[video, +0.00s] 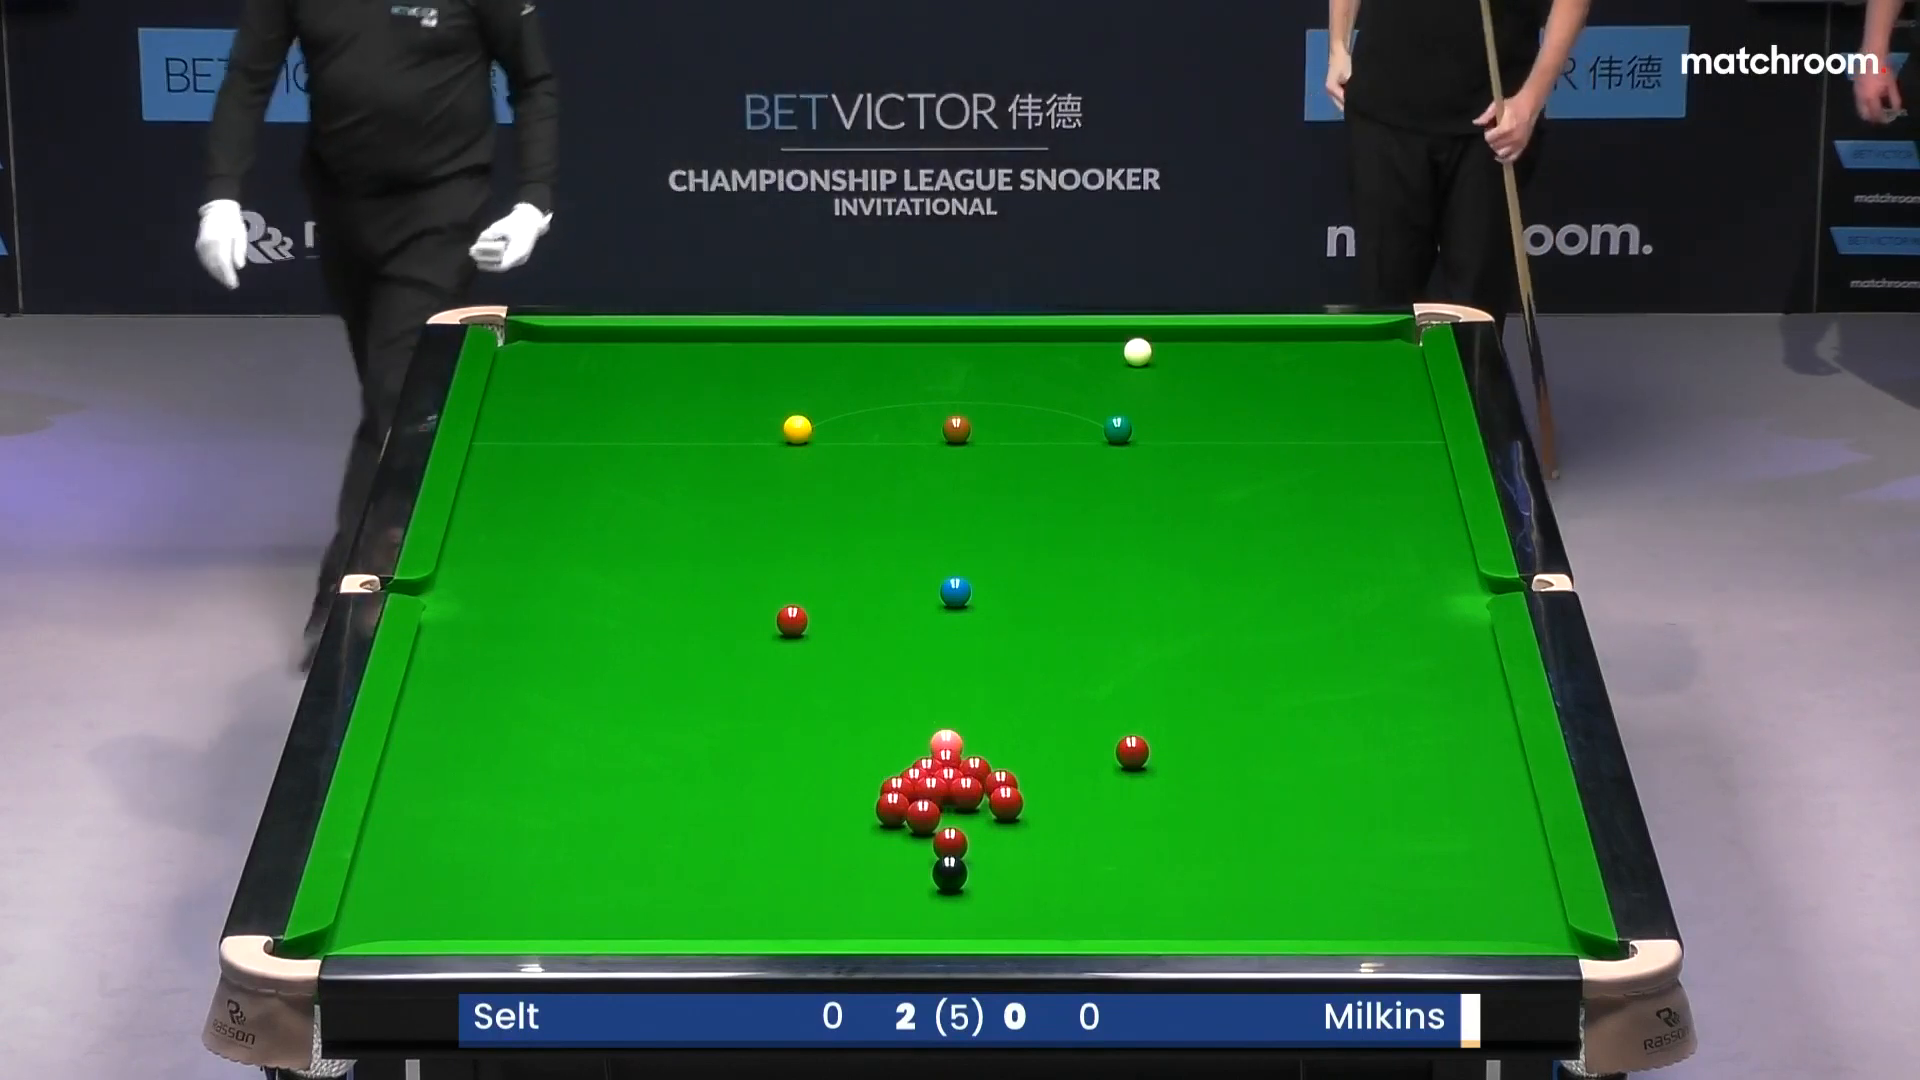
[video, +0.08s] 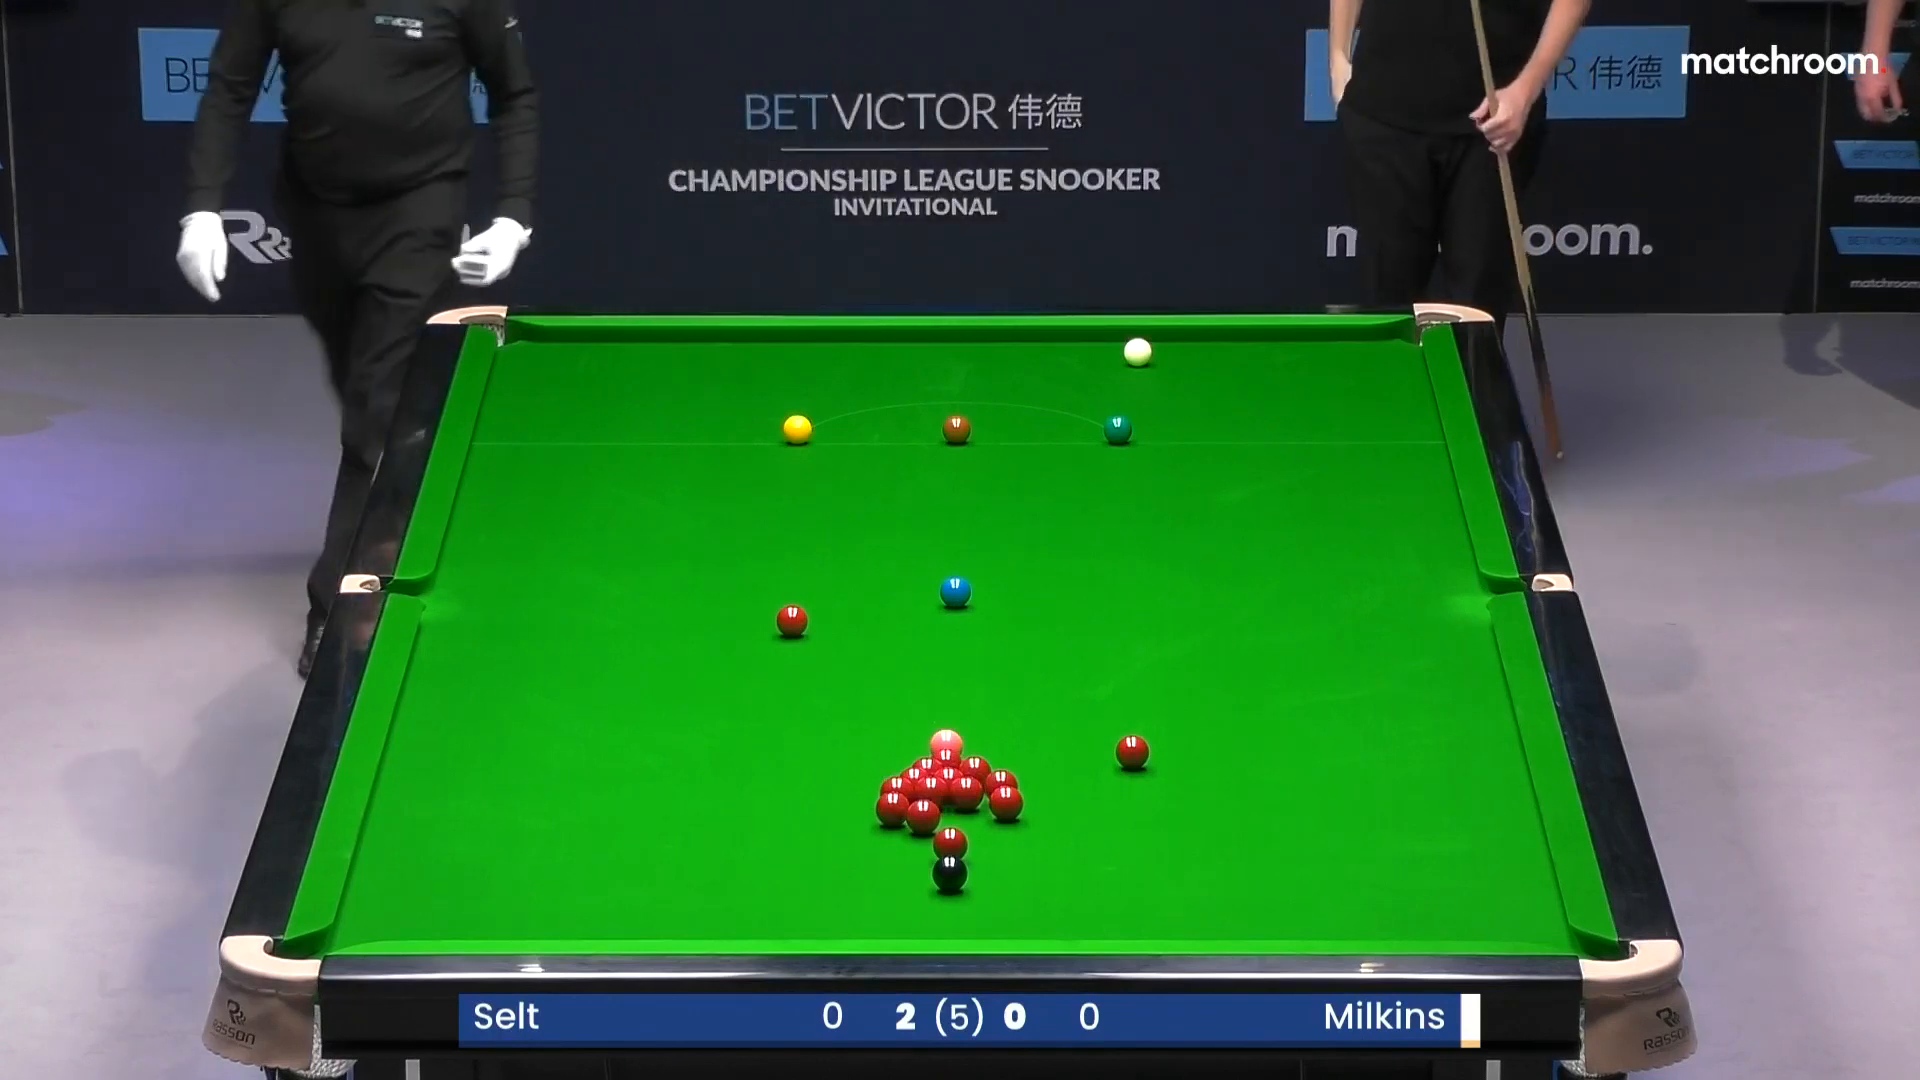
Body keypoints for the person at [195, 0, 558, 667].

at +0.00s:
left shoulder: (484, 5)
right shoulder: (289, 3)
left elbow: (534, 79)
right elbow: (247, 79)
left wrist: (534, 201)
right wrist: (222, 197)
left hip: (445, 203)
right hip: (343, 205)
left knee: (388, 415)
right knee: (395, 409)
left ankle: (338, 619)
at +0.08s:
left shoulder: (467, 5)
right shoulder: (274, 4)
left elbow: (514, 92)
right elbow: (228, 87)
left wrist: (514, 214)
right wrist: (203, 207)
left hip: (421, 205)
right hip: (316, 208)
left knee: (375, 418)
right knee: (365, 408)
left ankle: (331, 618)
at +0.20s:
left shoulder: (442, 6)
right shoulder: (243, 5)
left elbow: (486, 97)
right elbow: (205, 89)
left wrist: (482, 218)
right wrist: (184, 221)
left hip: (399, 213)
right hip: (283, 215)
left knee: (371, 425)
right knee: (280, 402)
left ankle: (332, 610)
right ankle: (383, 507)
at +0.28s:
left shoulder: (425, 4)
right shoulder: (226, 4)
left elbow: (473, 96)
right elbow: (190, 95)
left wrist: (461, 219)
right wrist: (172, 230)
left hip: (383, 225)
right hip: (260, 223)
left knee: (364, 432)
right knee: (243, 412)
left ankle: (327, 601)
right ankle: (339, 521)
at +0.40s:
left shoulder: (402, 4)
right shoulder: (204, 6)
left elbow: (454, 110)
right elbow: (172, 111)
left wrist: (431, 226)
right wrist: (154, 243)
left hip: (357, 245)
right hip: (231, 242)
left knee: (355, 452)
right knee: (211, 437)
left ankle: (329, 615)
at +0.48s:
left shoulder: (381, 6)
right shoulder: (189, 8)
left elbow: (439, 124)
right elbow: (156, 122)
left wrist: (413, 236)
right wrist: (141, 253)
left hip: (341, 263)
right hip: (217, 263)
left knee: (343, 462)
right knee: (206, 463)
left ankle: (328, 617)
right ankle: (181, 669)